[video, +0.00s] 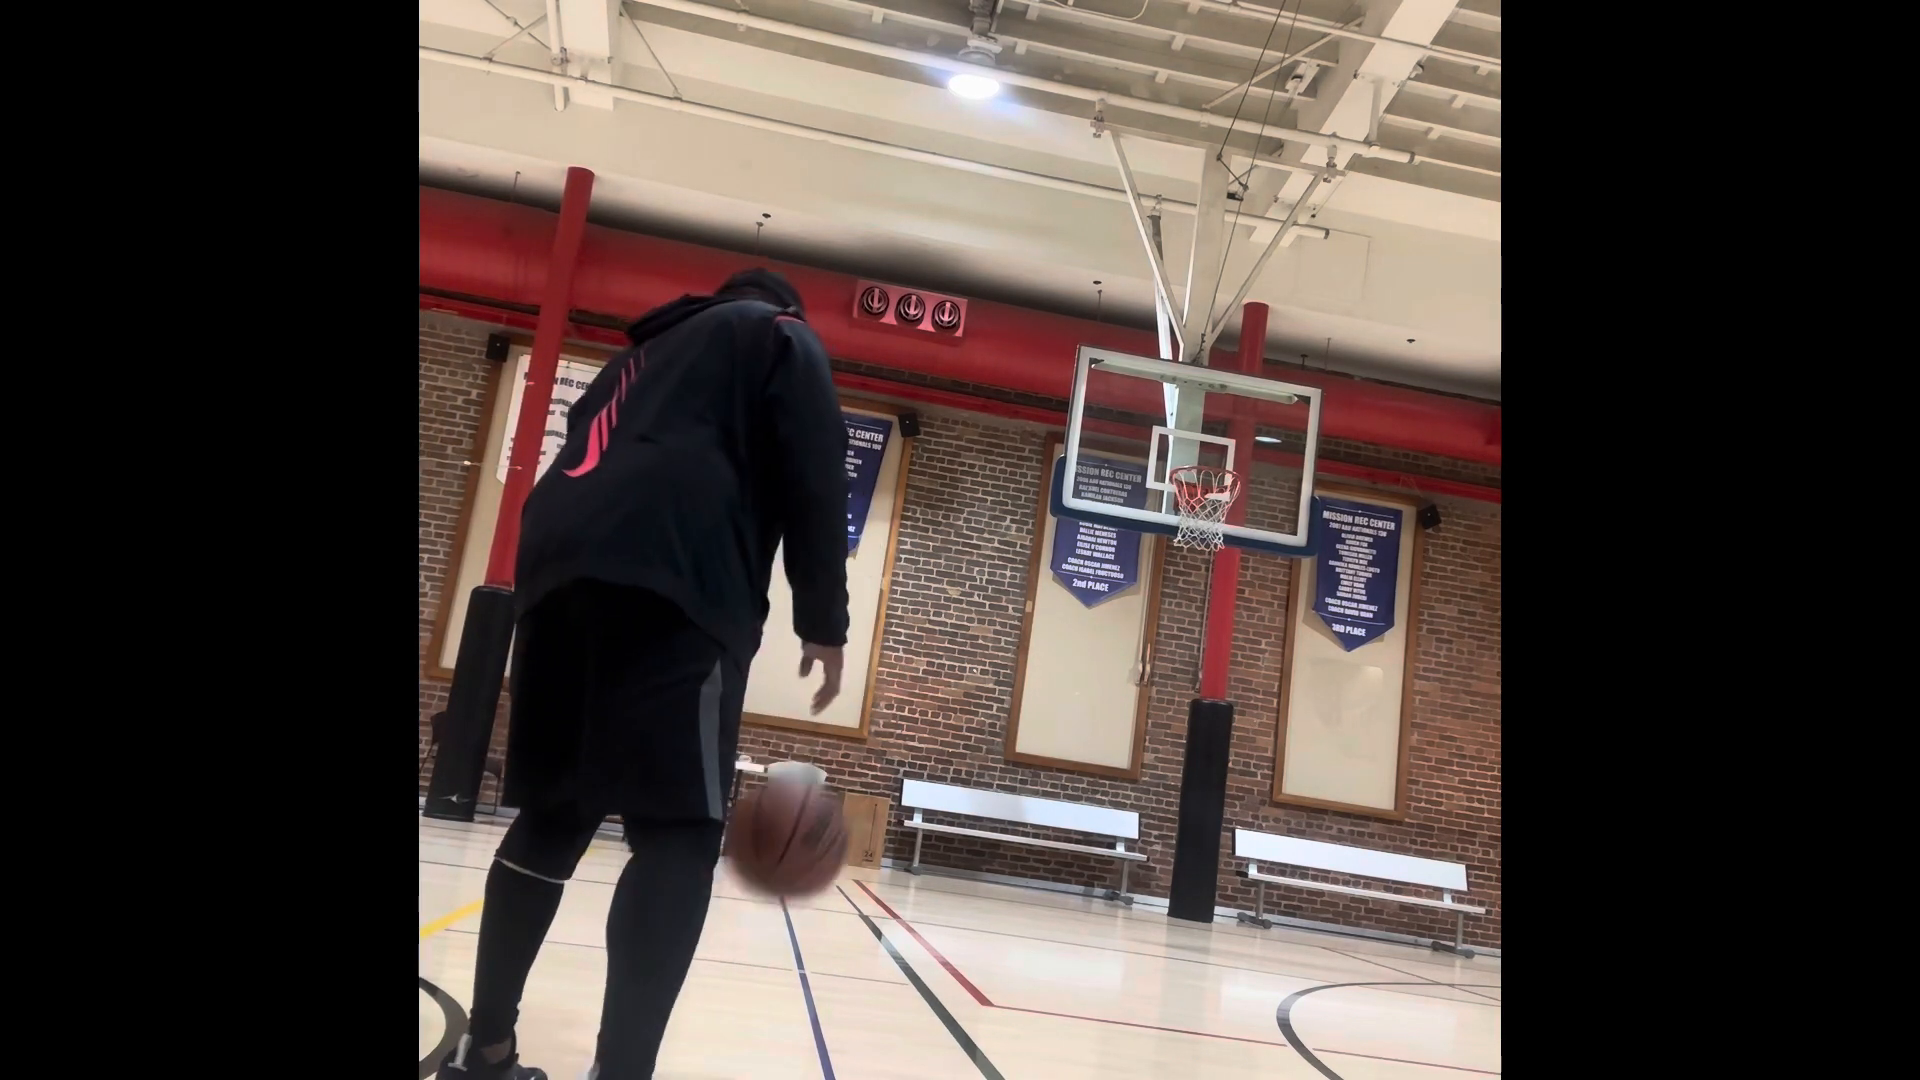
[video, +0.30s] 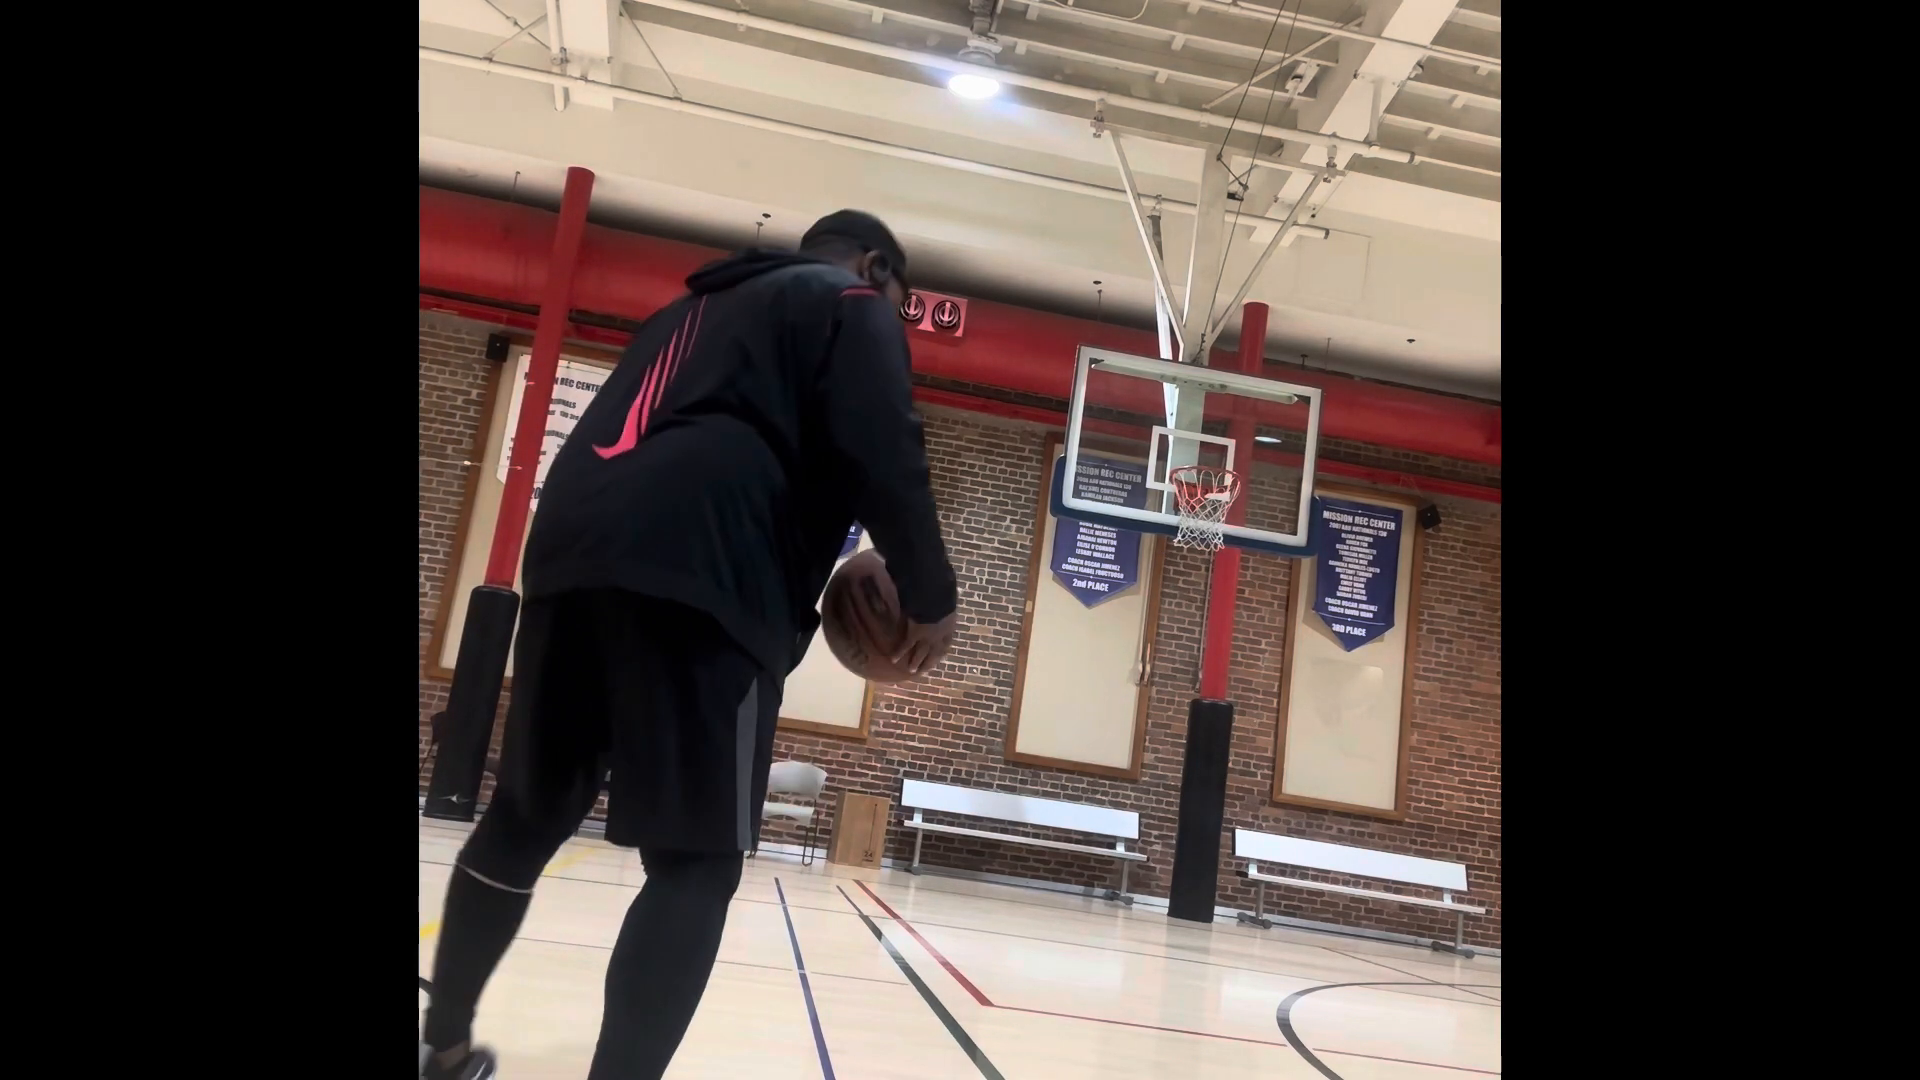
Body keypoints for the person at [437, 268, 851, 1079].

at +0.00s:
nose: (798, 334)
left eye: (795, 323)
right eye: (797, 323)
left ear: (718, 297)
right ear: (780, 309)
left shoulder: (636, 355)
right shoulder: (783, 335)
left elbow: (567, 470)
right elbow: (815, 475)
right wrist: (825, 621)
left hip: (559, 577)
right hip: (675, 586)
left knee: (555, 809)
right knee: (678, 833)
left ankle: (485, 1043)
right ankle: (622, 1067)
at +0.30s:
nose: (893, 312)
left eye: (900, 302)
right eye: (894, 297)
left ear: (801, 249)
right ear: (870, 269)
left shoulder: (697, 307)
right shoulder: (852, 301)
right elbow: (886, 452)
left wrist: (825, 555)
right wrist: (932, 599)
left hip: (565, 560)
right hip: (697, 581)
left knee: (524, 810)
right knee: (697, 862)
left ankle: (441, 1040)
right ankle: (620, 1070)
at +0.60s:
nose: (920, 302)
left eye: (926, 289)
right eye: (921, 278)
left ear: (833, 225)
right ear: (892, 239)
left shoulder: (736, 275)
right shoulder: (856, 266)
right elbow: (871, 400)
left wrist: (818, 586)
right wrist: (915, 573)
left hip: (539, 536)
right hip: (677, 555)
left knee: (475, 822)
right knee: (686, 848)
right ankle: (617, 1072)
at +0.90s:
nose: (860, 288)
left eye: (867, 276)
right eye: (862, 270)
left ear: (765, 214)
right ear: (834, 236)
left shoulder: (661, 284)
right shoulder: (804, 262)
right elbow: (880, 382)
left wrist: (751, 589)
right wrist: (850, 556)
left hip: (498, 522)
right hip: (641, 539)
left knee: (460, 813)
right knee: (652, 844)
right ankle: (604, 1068)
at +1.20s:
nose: (767, 265)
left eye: (767, 254)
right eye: (765, 252)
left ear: (661, 227)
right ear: (749, 242)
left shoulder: (562, 284)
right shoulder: (760, 294)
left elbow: (498, 417)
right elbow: (793, 448)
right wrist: (741, 599)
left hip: (462, 538)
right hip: (619, 554)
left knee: (441, 821)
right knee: (607, 845)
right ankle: (585, 1069)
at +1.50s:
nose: (669, 277)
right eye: (670, 266)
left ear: (570, 243)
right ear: (659, 263)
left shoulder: (478, 308)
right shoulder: (696, 337)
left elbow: (425, 425)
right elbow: (728, 497)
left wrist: (454, 523)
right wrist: (653, 567)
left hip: (443, 571)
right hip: (601, 586)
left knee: (429, 819)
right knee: (611, 831)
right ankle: (614, 1057)